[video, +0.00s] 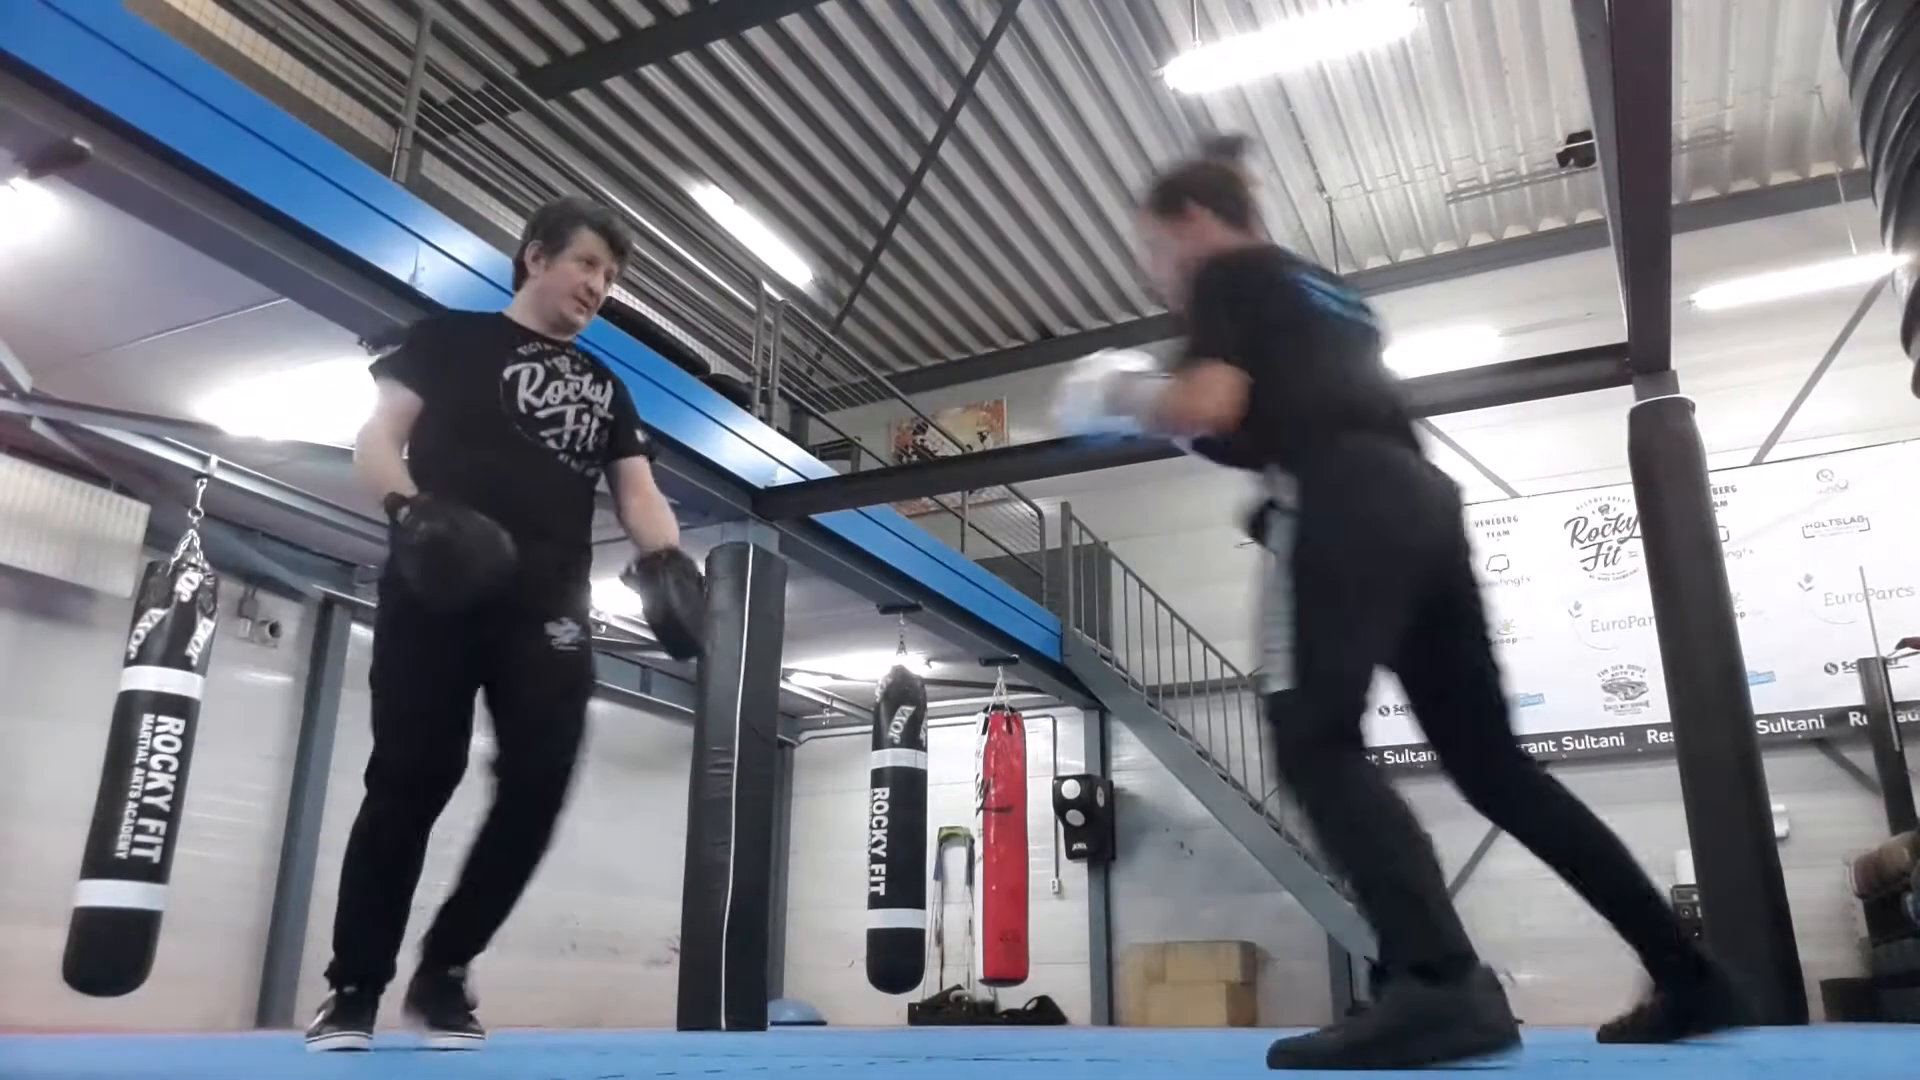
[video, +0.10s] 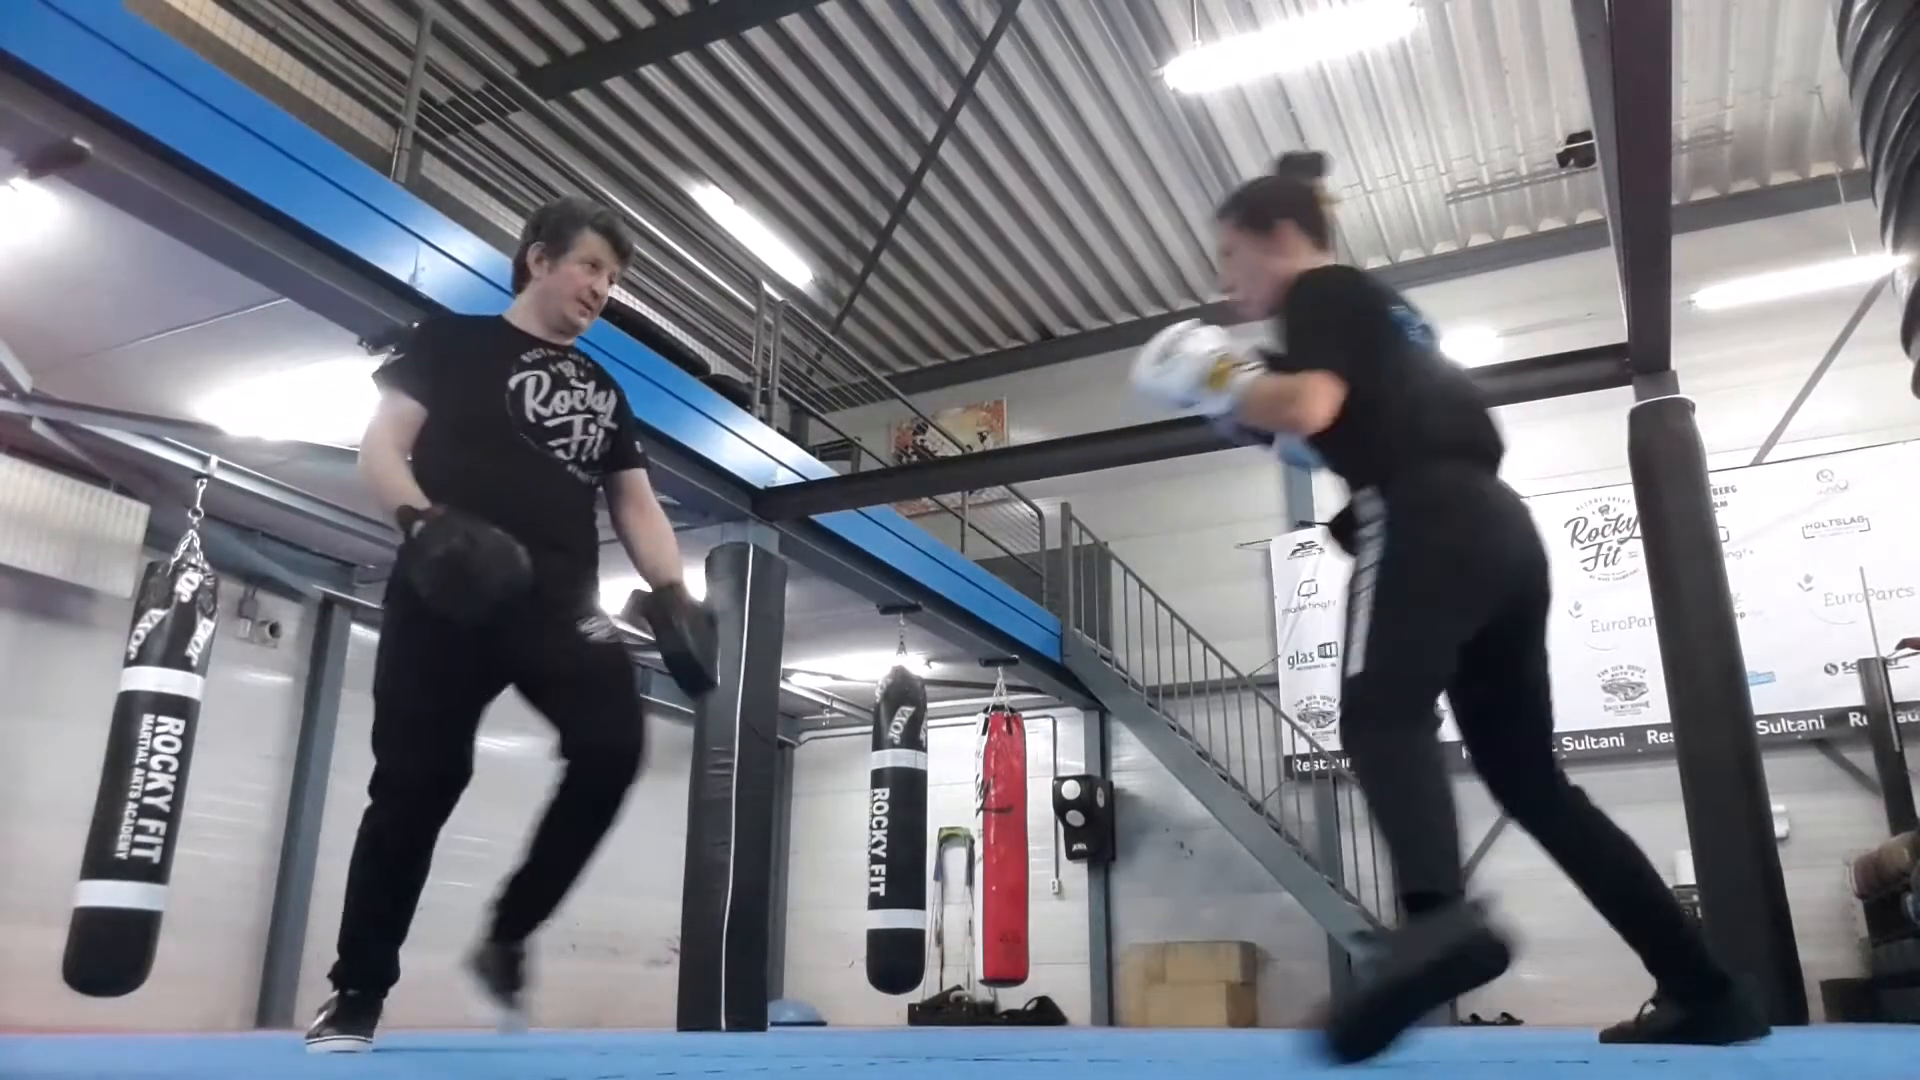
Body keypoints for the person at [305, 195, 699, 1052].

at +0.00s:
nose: (596, 285)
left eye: (607, 276)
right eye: (583, 264)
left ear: (609, 291)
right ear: (535, 259)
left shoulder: (605, 391)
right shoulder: (449, 336)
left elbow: (640, 497)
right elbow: (375, 445)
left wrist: (667, 564)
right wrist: (412, 508)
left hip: (546, 611)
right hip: (436, 590)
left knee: (537, 787)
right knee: (411, 777)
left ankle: (441, 976)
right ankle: (354, 988)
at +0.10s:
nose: (599, 289)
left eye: (609, 279)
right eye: (587, 268)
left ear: (610, 292)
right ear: (536, 261)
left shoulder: (604, 397)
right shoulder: (452, 341)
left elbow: (637, 507)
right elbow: (379, 451)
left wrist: (677, 600)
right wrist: (424, 521)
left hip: (557, 615)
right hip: (445, 597)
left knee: (613, 745)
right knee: (415, 784)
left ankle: (508, 935)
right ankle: (357, 994)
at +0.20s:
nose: (623, 282)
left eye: (633, 272)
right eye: (613, 259)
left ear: (633, 286)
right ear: (561, 252)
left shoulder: (619, 386)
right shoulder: (468, 328)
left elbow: (652, 500)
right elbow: (402, 437)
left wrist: (693, 598)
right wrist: (447, 503)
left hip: (581, 606)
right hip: (469, 592)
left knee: (658, 736)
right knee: (429, 782)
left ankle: (607, 949)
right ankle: (360, 994)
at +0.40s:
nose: (706, 296)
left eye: (712, 284)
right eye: (698, 275)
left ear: (689, 285)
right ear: (645, 262)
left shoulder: (684, 393)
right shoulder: (556, 328)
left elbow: (716, 510)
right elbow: (484, 411)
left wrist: (766, 605)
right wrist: (502, 494)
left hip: (642, 623)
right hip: (536, 609)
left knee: (710, 795)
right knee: (460, 797)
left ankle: (745, 993)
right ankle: (367, 989)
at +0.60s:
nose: (789, 313)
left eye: (795, 301)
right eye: (785, 294)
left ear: (750, 289)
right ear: (739, 279)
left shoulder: (753, 400)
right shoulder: (654, 339)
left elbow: (778, 525)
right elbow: (602, 421)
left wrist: (823, 620)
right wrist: (589, 512)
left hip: (727, 626)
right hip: (641, 607)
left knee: (764, 791)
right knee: (576, 775)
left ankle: (756, 997)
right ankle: (430, 957)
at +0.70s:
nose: (814, 303)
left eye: (817, 290)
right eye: (809, 284)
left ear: (774, 282)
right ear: (765, 274)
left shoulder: (767, 392)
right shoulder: (695, 328)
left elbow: (787, 521)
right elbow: (645, 409)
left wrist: (835, 618)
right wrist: (644, 509)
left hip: (746, 613)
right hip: (677, 588)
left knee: (762, 786)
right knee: (641, 762)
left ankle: (757, 996)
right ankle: (511, 944)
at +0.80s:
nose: (831, 293)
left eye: (831, 282)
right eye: (823, 277)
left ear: (783, 276)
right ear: (780, 271)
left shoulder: (782, 377)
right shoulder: (727, 328)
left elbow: (793, 512)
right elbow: (670, 409)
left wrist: (836, 616)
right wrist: (688, 506)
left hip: (764, 590)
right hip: (701, 567)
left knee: (762, 776)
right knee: (695, 760)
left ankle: (756, 996)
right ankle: (599, 965)